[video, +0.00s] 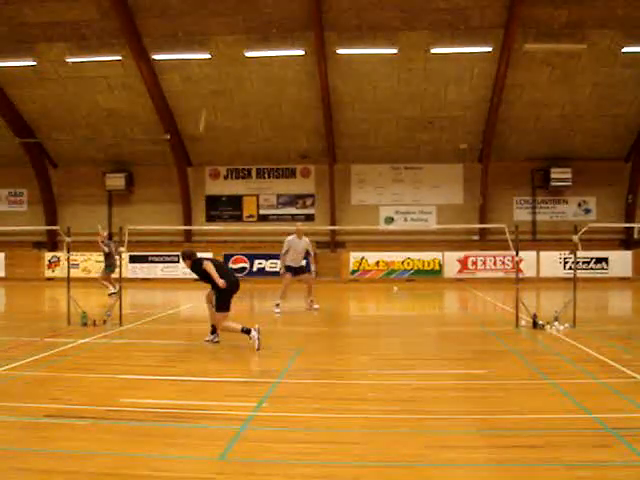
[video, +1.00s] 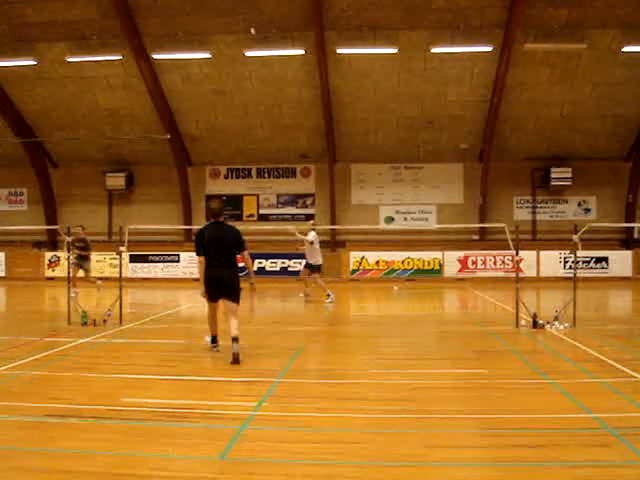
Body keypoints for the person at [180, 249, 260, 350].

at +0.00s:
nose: (184, 264)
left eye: (184, 261)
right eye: (184, 261)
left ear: (188, 260)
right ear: (194, 257)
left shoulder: (196, 264)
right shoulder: (203, 262)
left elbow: (208, 264)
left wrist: (217, 279)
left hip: (224, 285)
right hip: (232, 281)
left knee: (220, 324)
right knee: (209, 297)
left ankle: (250, 332)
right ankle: (214, 333)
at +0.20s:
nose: (184, 246)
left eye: (185, 243)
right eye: (184, 244)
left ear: (187, 243)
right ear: (197, 240)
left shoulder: (193, 251)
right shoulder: (210, 247)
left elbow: (201, 261)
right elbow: (226, 263)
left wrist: (207, 279)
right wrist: (243, 279)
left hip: (219, 278)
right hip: (230, 275)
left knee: (214, 313)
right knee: (214, 303)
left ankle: (244, 326)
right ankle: (214, 332)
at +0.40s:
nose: (191, 232)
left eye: (191, 229)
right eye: (192, 229)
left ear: (193, 230)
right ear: (204, 226)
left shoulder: (195, 242)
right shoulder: (217, 237)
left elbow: (197, 261)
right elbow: (234, 252)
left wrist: (199, 280)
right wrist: (252, 262)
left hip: (213, 275)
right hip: (227, 273)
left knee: (209, 308)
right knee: (215, 303)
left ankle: (232, 326)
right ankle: (214, 332)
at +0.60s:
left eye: (199, 218)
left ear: (198, 219)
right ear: (211, 216)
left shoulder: (198, 237)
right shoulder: (224, 231)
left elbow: (192, 261)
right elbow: (242, 246)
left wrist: (184, 281)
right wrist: (262, 253)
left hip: (209, 275)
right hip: (226, 274)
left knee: (210, 307)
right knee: (221, 302)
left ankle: (214, 338)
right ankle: (217, 334)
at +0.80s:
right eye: (214, 215)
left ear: (202, 219)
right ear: (216, 217)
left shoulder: (198, 238)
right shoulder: (227, 233)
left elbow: (193, 264)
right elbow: (243, 252)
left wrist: (189, 283)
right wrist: (258, 265)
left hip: (209, 279)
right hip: (228, 277)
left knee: (212, 309)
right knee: (228, 307)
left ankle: (215, 342)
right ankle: (229, 331)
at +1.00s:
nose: (215, 215)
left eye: (211, 213)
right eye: (218, 212)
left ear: (208, 214)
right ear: (223, 213)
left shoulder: (202, 234)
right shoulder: (232, 231)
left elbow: (201, 261)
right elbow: (245, 255)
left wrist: (202, 283)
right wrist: (251, 274)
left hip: (212, 277)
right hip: (231, 276)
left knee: (212, 309)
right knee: (232, 312)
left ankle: (214, 340)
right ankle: (235, 341)